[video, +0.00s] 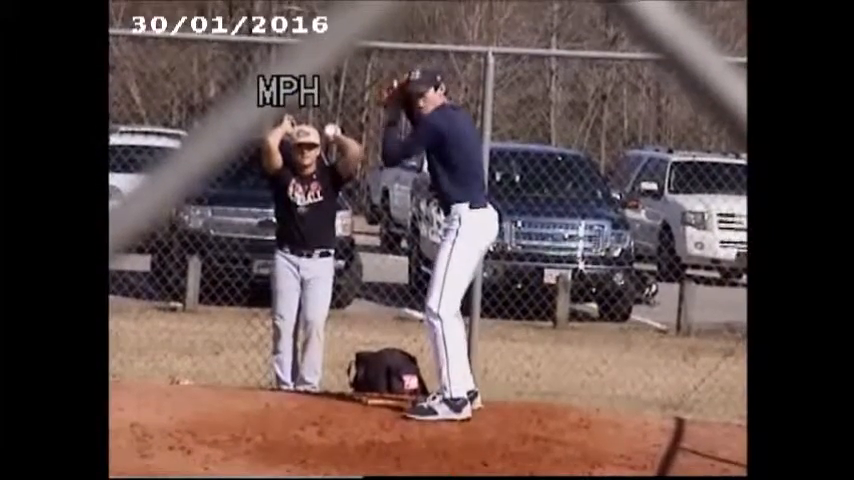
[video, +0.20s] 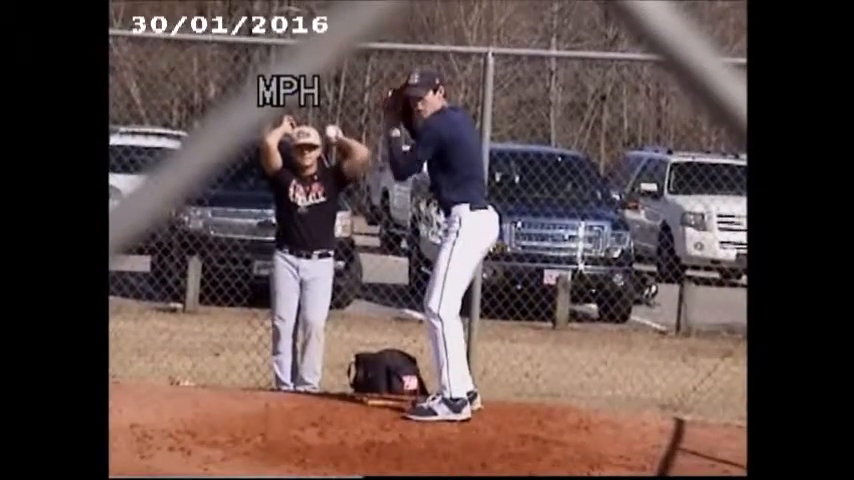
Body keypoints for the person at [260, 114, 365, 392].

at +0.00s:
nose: (305, 155)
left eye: (311, 149)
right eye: (300, 150)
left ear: (320, 150)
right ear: (292, 151)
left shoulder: (331, 176)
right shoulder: (282, 176)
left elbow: (354, 155)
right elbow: (270, 147)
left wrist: (339, 138)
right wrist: (284, 127)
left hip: (321, 260)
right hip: (287, 258)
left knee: (315, 322)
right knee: (283, 321)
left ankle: (309, 381)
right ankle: (283, 380)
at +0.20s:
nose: (306, 155)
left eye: (311, 149)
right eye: (301, 150)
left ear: (320, 151)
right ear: (292, 152)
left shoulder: (333, 176)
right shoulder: (283, 177)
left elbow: (363, 156)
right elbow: (269, 147)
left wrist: (341, 140)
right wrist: (282, 129)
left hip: (320, 261)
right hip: (286, 259)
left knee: (315, 323)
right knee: (282, 322)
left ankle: (309, 382)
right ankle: (283, 382)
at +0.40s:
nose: (307, 154)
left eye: (312, 149)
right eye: (302, 150)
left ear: (322, 150)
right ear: (294, 152)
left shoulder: (334, 176)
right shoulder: (284, 177)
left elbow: (365, 155)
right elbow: (271, 147)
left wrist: (342, 139)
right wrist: (282, 129)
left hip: (321, 260)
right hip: (286, 259)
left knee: (314, 322)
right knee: (282, 322)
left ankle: (309, 382)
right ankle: (283, 382)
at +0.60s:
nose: (308, 152)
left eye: (313, 147)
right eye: (303, 148)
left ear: (323, 149)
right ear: (295, 150)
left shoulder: (335, 175)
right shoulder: (285, 176)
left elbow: (365, 153)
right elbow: (271, 146)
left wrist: (342, 138)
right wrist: (283, 128)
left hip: (321, 260)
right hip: (287, 258)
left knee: (315, 321)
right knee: (283, 321)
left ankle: (309, 381)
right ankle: (283, 381)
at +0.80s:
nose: (308, 153)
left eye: (314, 147)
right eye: (303, 148)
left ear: (323, 149)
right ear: (295, 150)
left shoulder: (335, 175)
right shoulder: (285, 176)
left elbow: (365, 154)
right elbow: (271, 146)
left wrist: (342, 138)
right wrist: (283, 128)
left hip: (321, 260)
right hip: (287, 258)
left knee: (315, 322)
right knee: (283, 321)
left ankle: (309, 381)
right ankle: (283, 381)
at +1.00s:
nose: (308, 154)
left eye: (313, 148)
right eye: (303, 149)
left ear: (323, 150)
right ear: (294, 151)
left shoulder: (334, 176)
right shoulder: (284, 177)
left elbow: (365, 155)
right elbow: (269, 146)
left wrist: (342, 139)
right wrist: (283, 129)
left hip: (320, 261)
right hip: (286, 259)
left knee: (314, 323)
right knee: (282, 321)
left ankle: (309, 382)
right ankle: (283, 381)